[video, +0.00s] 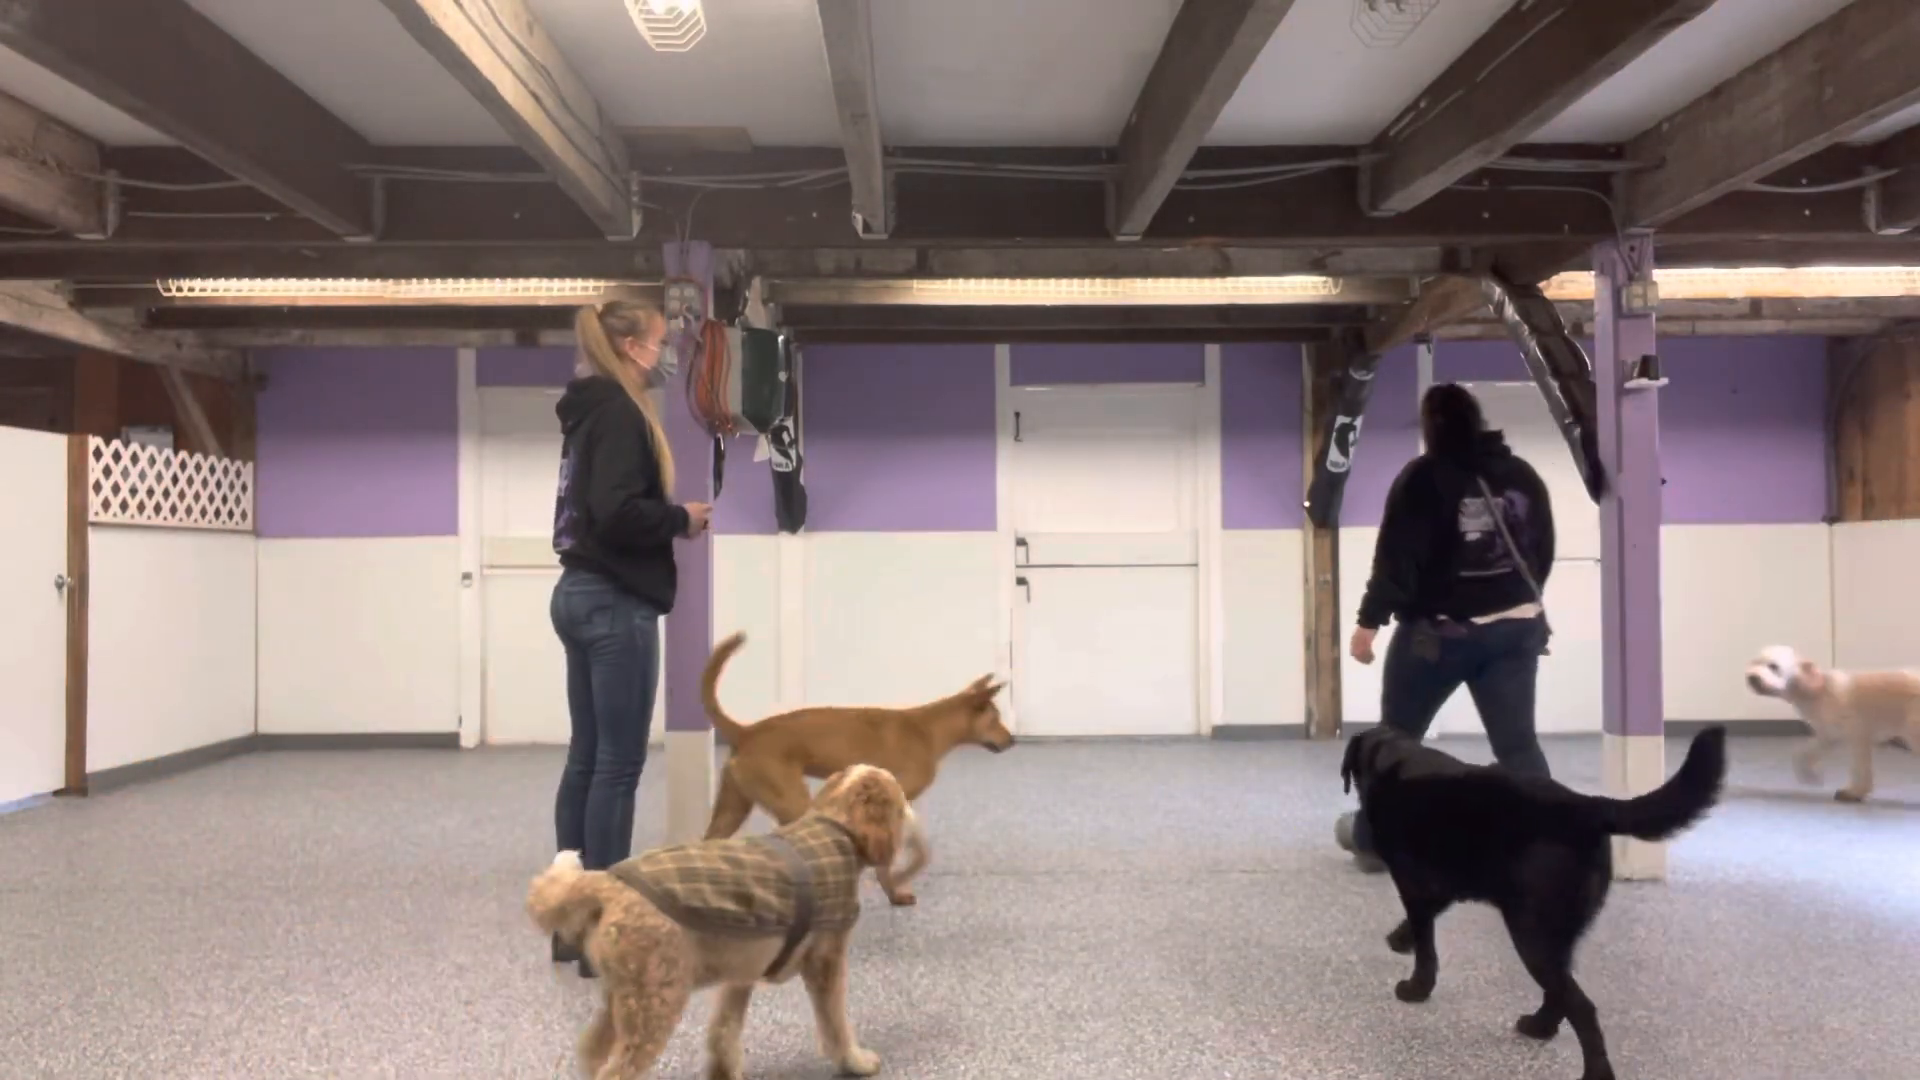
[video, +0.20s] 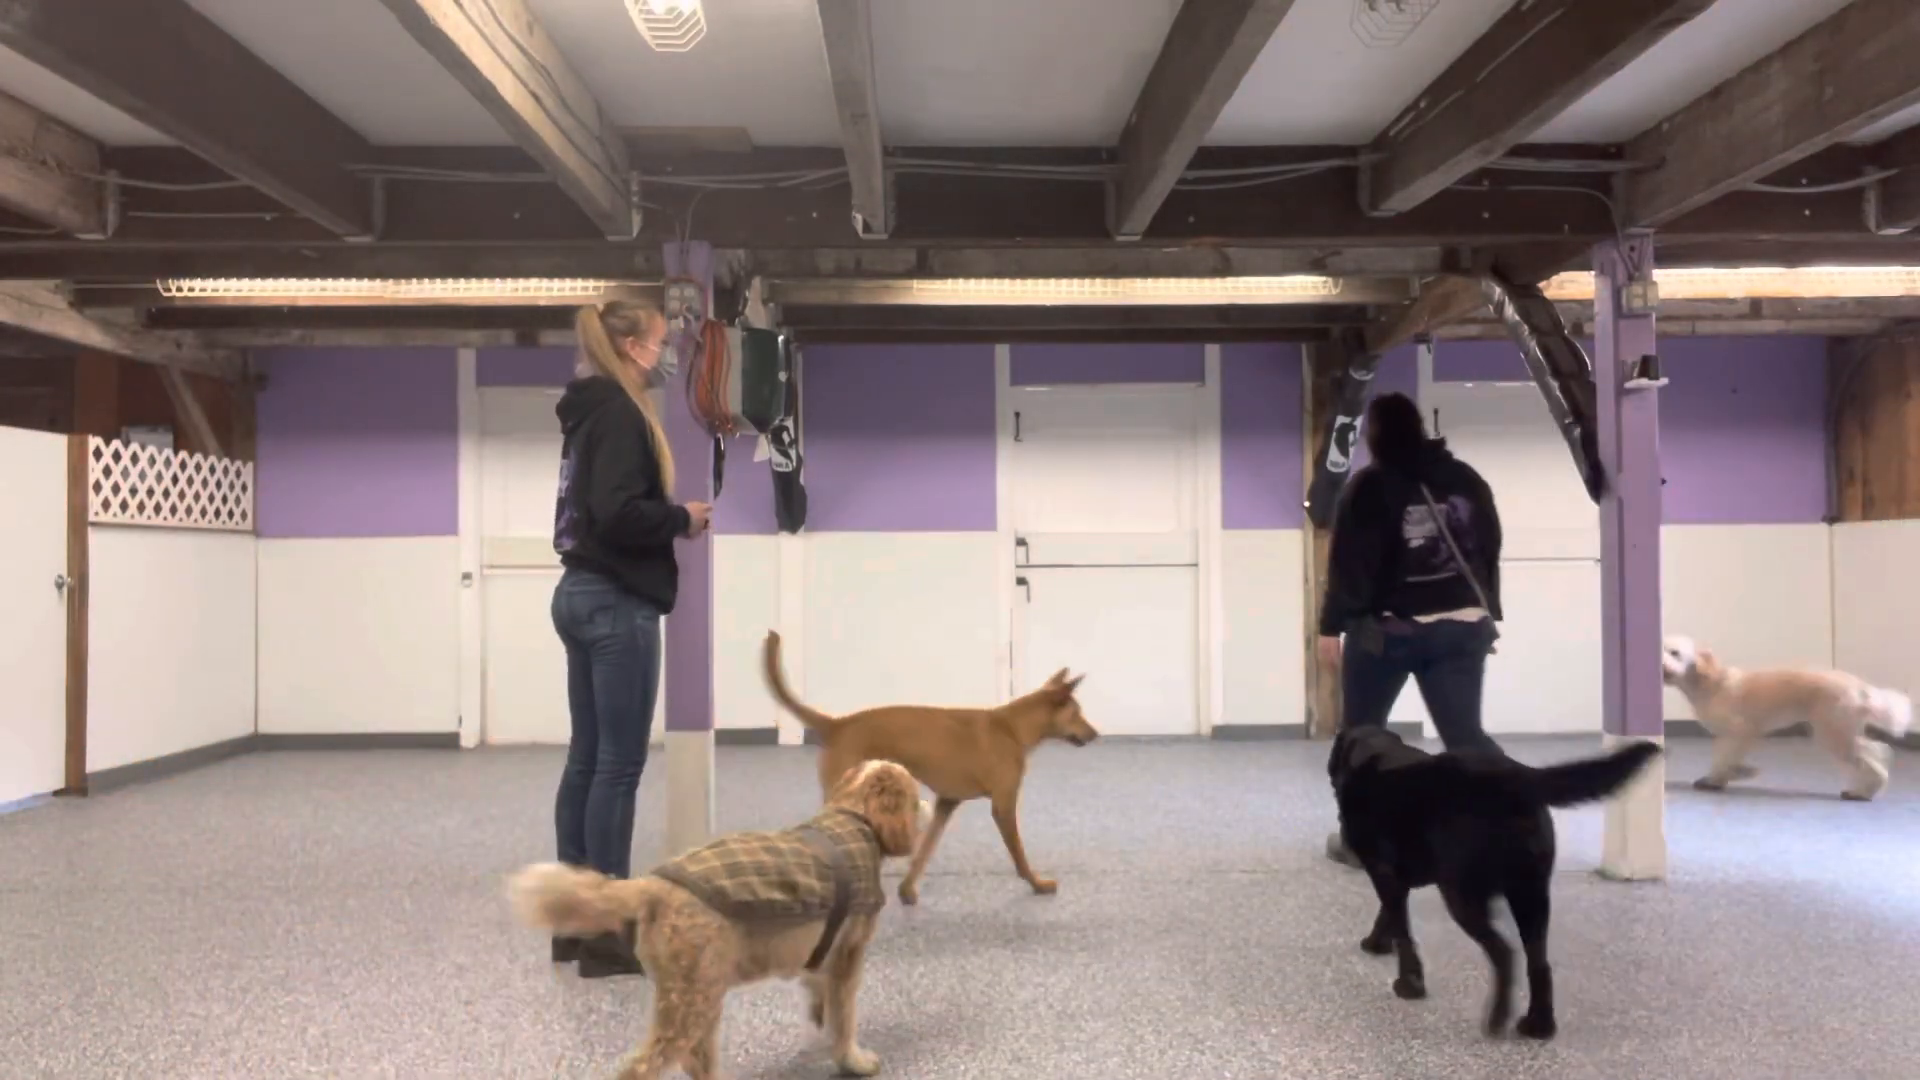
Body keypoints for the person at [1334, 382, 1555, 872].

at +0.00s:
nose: (1423, 431)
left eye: (1425, 423)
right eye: (1428, 421)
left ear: (1430, 427)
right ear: (1476, 420)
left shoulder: (1421, 479)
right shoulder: (1521, 474)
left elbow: (1396, 559)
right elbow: (1541, 552)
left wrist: (1368, 622)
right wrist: (1518, 600)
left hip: (1435, 636)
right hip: (1511, 632)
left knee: (1398, 740)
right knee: (1518, 747)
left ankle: (1376, 836)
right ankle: (1554, 842)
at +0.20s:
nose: (1366, 441)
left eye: (1368, 433)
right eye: (1367, 433)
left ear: (1375, 437)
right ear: (1420, 428)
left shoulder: (1370, 488)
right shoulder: (1466, 479)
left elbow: (1352, 565)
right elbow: (1488, 551)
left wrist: (1333, 622)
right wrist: (1487, 613)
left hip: (1386, 633)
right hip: (1460, 631)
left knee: (1361, 739)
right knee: (1466, 738)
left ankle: (1358, 839)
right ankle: (1519, 820)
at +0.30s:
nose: (1340, 434)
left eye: (1342, 426)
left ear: (1344, 431)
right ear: (1390, 423)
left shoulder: (1338, 483)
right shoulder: (1439, 471)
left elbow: (1314, 554)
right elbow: (1466, 539)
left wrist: (1298, 616)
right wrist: (1467, 602)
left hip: (1363, 623)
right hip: (1434, 621)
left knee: (1356, 736)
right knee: (1423, 724)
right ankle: (1476, 781)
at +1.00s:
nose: (1311, 443)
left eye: (1315, 434)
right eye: (1312, 434)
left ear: (1329, 436)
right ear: (1365, 434)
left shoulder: (1319, 483)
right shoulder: (1394, 483)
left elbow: (1300, 555)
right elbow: (1407, 547)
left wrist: (1278, 611)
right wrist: (1398, 599)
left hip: (1330, 611)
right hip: (1387, 608)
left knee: (1307, 713)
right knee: (1362, 711)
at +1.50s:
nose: (1279, 456)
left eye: (1284, 447)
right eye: (1279, 447)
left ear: (1303, 446)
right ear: (1328, 445)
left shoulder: (1307, 492)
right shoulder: (1351, 489)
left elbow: (1298, 561)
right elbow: (1343, 556)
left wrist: (1271, 612)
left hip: (1311, 610)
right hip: (1352, 607)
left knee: (1288, 708)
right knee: (1332, 702)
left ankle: (1293, 799)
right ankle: (1341, 798)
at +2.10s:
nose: (1292, 460)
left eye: (1298, 452)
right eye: (1293, 453)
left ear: (1317, 452)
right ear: (1313, 454)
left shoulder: (1347, 491)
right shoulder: (1305, 492)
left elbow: (1348, 556)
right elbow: (1287, 553)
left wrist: (1318, 602)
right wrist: (1268, 599)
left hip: (1323, 616)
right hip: (1299, 613)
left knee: (1296, 703)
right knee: (1317, 705)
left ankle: (1294, 798)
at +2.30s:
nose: (1305, 469)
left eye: (1311, 461)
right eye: (1302, 463)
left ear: (1335, 455)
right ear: (1319, 459)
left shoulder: (1375, 496)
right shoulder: (1305, 498)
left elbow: (1395, 554)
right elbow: (1286, 554)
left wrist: (1384, 605)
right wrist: (1266, 603)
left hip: (1353, 613)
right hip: (1307, 613)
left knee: (1325, 695)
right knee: (1334, 695)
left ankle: (1318, 790)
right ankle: (1362, 781)